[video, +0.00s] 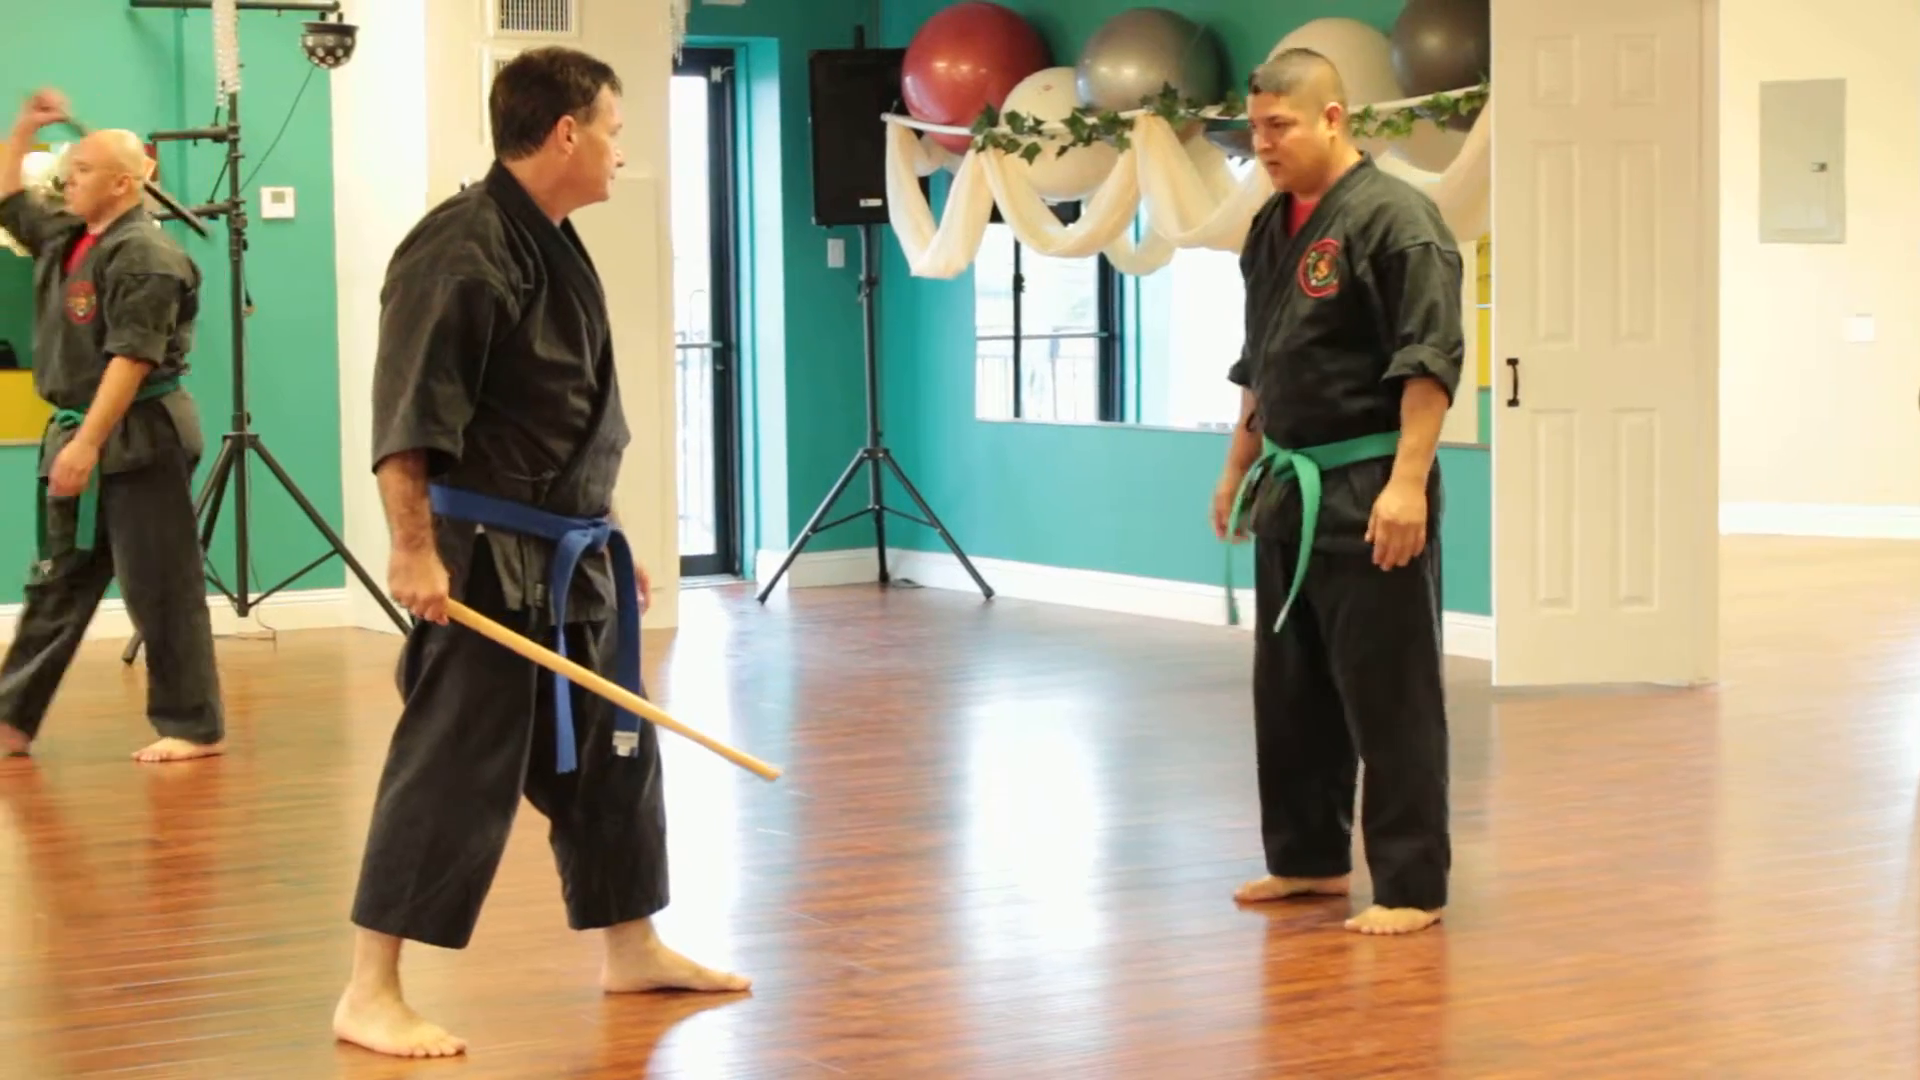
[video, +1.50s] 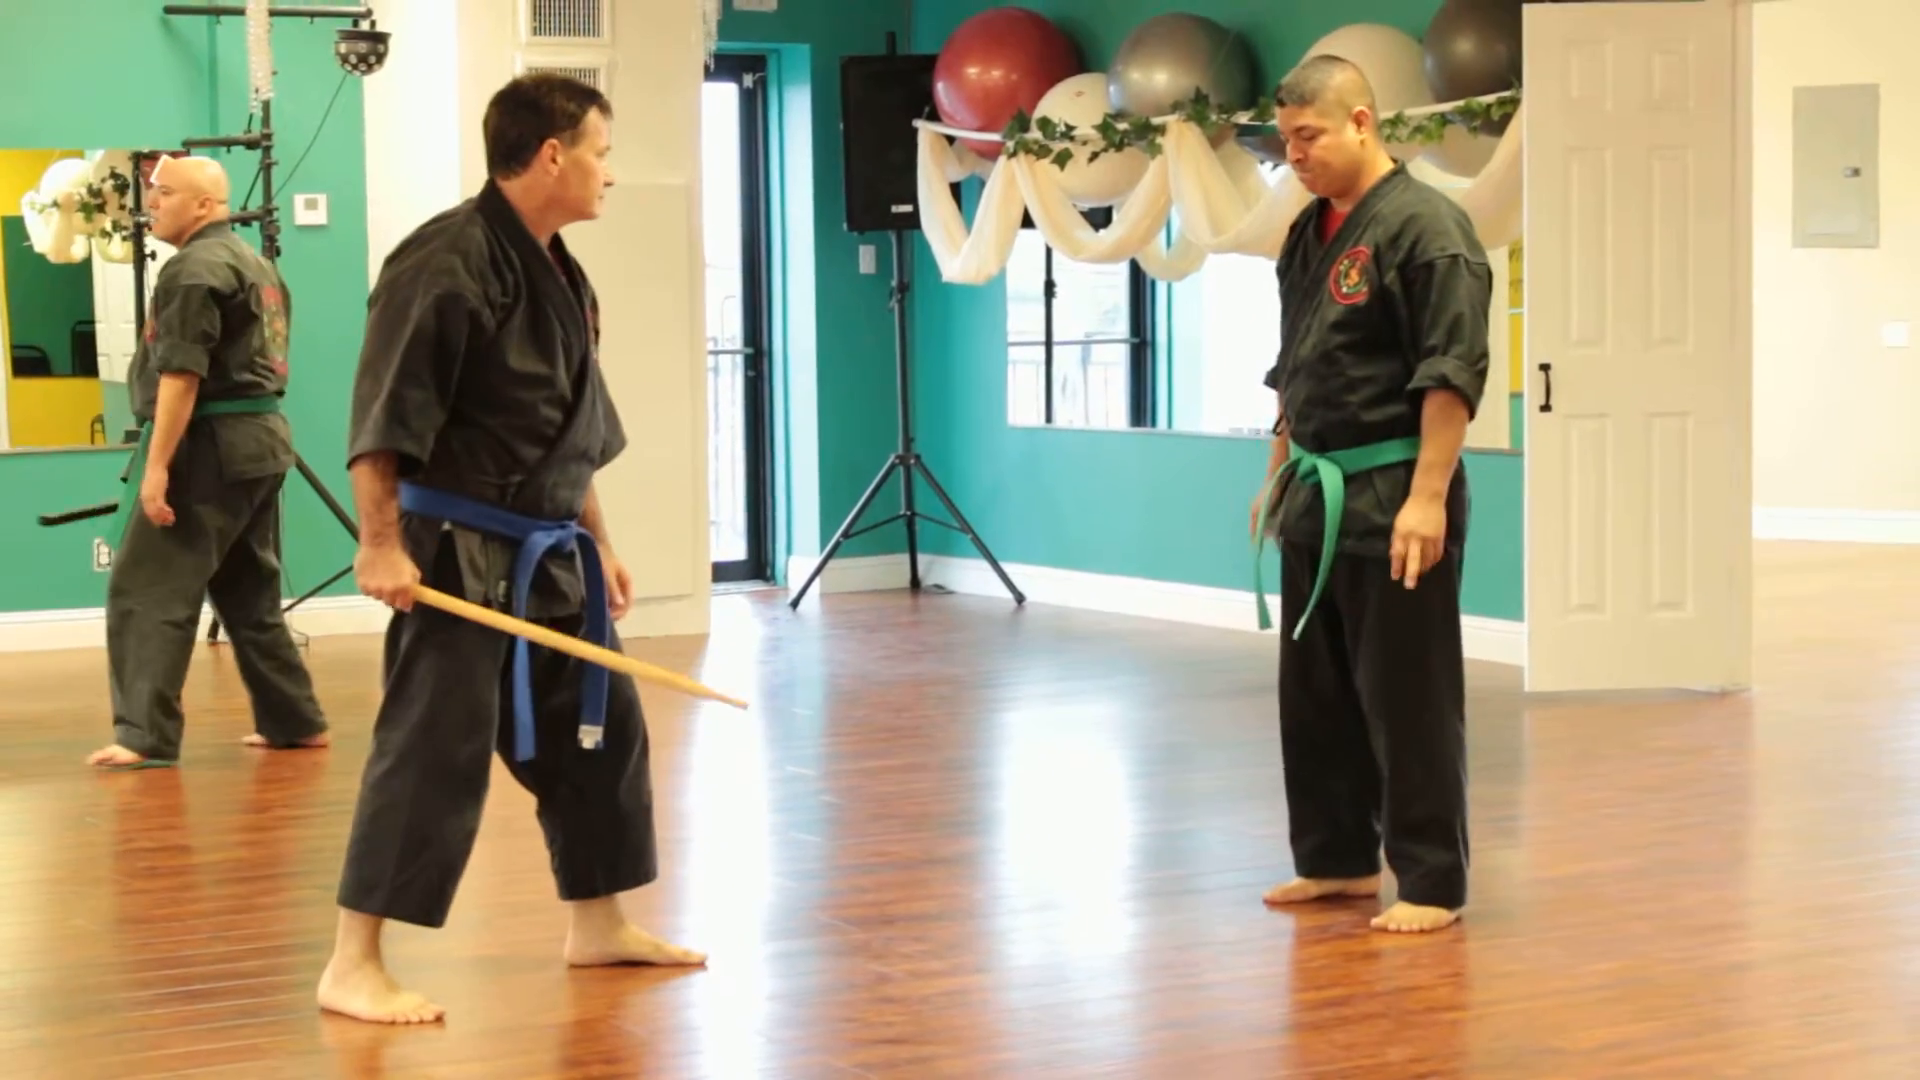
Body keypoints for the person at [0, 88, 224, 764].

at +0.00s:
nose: (65, 178)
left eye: (79, 169)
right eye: (67, 167)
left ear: (124, 182)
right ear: (107, 180)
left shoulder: (148, 257)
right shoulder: (64, 233)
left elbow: (133, 362)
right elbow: (11, 198)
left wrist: (87, 442)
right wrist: (23, 130)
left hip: (139, 426)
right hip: (77, 423)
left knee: (163, 581)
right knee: (61, 581)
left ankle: (192, 727)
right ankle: (12, 721)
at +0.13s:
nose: (41, 182)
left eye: (54, 173)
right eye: (44, 172)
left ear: (95, 185)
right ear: (77, 185)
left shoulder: (127, 257)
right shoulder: (31, 248)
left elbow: (118, 364)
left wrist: (68, 449)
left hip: (117, 437)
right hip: (48, 437)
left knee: (151, 587)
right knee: (31, 594)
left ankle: (191, 727)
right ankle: (11, 730)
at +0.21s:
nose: (24, 182)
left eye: (38, 172)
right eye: (27, 171)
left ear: (82, 185)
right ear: (62, 185)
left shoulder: (119, 260)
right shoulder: (21, 253)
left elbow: (116, 366)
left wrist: (75, 453)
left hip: (111, 437)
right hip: (38, 437)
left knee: (144, 588)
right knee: (28, 590)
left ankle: (192, 725)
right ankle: (17, 730)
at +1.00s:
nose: (62, 197)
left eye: (73, 188)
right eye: (64, 187)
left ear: (113, 198)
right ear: (109, 199)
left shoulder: (136, 263)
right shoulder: (109, 258)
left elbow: (137, 378)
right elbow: (118, 370)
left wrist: (102, 468)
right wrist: (100, 447)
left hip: (163, 433)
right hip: (129, 428)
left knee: (150, 580)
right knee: (93, 575)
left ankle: (160, 732)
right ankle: (95, 718)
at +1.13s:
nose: (89, 193)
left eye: (100, 183)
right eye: (92, 182)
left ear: (140, 193)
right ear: (139, 194)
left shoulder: (154, 260)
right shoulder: (145, 248)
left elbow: (149, 373)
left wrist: (120, 463)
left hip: (174, 435)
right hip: (166, 429)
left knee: (154, 583)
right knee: (151, 574)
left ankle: (159, 733)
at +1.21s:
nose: (104, 194)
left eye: (118, 183)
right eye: (106, 182)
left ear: (163, 192)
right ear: (164, 195)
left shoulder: (165, 262)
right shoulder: (185, 248)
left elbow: (160, 376)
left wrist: (128, 461)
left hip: (179, 435)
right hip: (212, 428)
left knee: (155, 584)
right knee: (203, 574)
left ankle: (160, 737)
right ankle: (276, 697)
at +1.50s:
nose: (150, 203)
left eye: (162, 193)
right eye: (152, 192)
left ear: (202, 205)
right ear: (208, 207)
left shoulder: (192, 270)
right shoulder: (249, 260)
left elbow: (181, 378)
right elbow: (259, 366)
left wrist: (156, 464)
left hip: (211, 444)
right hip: (259, 438)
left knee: (148, 587)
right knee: (248, 590)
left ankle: (147, 736)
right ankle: (294, 721)